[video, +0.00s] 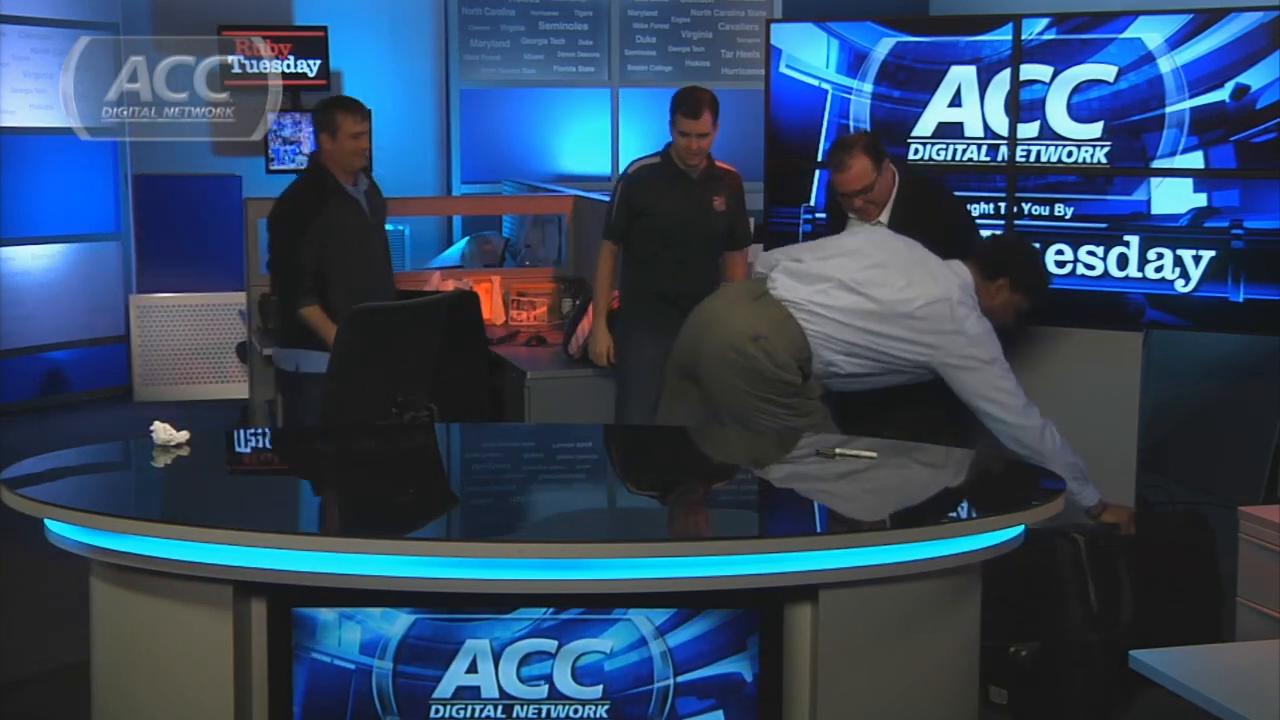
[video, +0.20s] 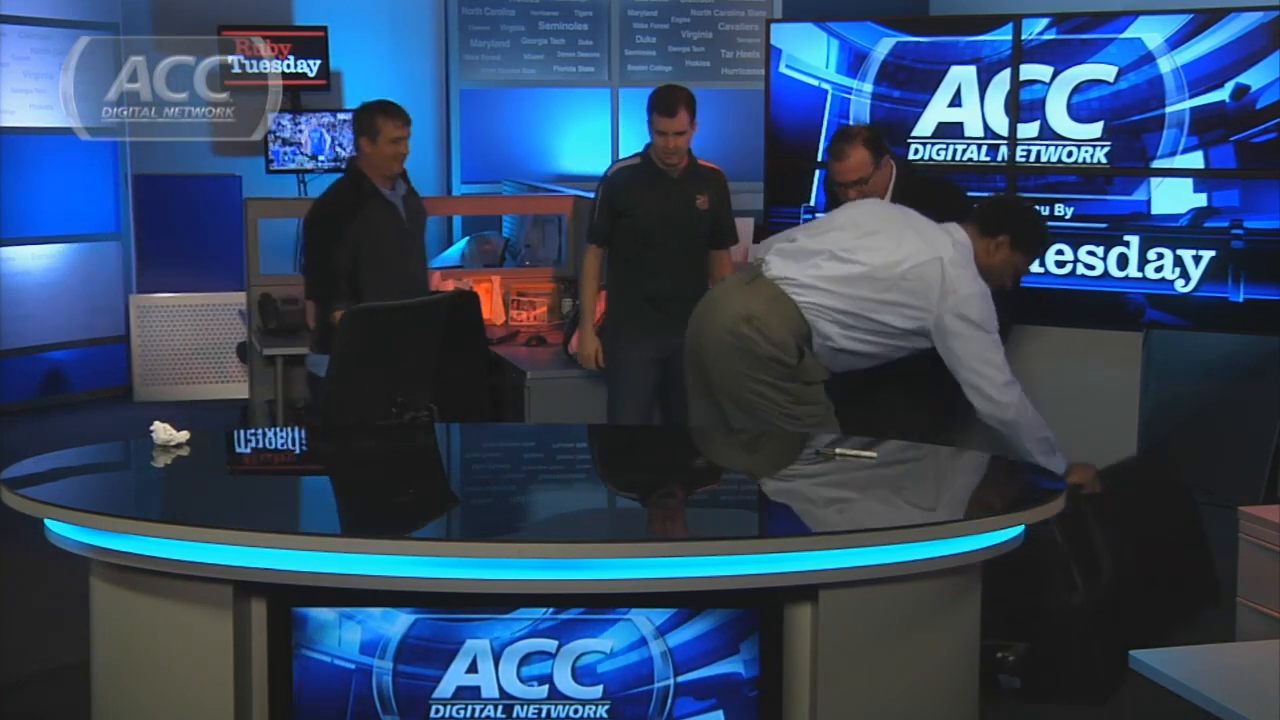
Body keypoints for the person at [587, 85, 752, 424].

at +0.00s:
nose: (693, 146)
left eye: (702, 136)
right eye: (685, 135)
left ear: (715, 129)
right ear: (672, 127)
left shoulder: (727, 181)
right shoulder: (638, 178)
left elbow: (735, 262)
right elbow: (609, 251)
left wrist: (735, 328)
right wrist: (598, 325)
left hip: (702, 327)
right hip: (643, 325)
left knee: (699, 430)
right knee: (638, 428)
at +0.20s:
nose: (670, 144)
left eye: (679, 134)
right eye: (661, 134)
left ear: (693, 128)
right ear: (649, 127)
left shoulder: (711, 180)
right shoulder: (618, 180)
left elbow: (720, 259)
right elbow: (594, 254)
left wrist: (727, 327)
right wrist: (586, 328)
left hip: (690, 331)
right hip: (630, 330)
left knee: (688, 439)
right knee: (629, 437)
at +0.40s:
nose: (648, 144)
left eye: (657, 134)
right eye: (639, 135)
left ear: (672, 128)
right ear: (627, 127)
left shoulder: (693, 180)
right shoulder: (599, 181)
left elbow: (706, 260)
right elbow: (577, 257)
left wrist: (711, 330)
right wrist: (570, 332)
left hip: (677, 333)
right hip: (615, 334)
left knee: (682, 440)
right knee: (617, 440)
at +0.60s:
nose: (633, 147)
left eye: (642, 137)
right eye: (623, 137)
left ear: (655, 129)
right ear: (610, 130)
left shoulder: (679, 180)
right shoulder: (583, 184)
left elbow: (696, 259)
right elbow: (563, 262)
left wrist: (705, 327)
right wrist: (561, 336)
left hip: (666, 333)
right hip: (604, 336)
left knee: (679, 437)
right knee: (609, 440)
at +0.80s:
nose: (624, 150)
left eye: (633, 139)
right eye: (614, 140)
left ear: (646, 129)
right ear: (602, 132)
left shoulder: (674, 179)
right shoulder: (575, 185)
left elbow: (693, 259)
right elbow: (560, 264)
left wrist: (700, 326)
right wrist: (563, 335)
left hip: (662, 336)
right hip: (599, 338)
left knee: (662, 442)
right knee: (608, 443)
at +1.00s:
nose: (624, 155)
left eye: (633, 145)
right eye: (614, 145)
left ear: (648, 133)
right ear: (603, 136)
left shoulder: (677, 182)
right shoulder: (576, 187)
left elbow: (695, 259)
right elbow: (561, 266)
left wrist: (693, 327)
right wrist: (571, 334)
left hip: (662, 341)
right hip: (599, 344)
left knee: (659, 445)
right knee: (607, 446)